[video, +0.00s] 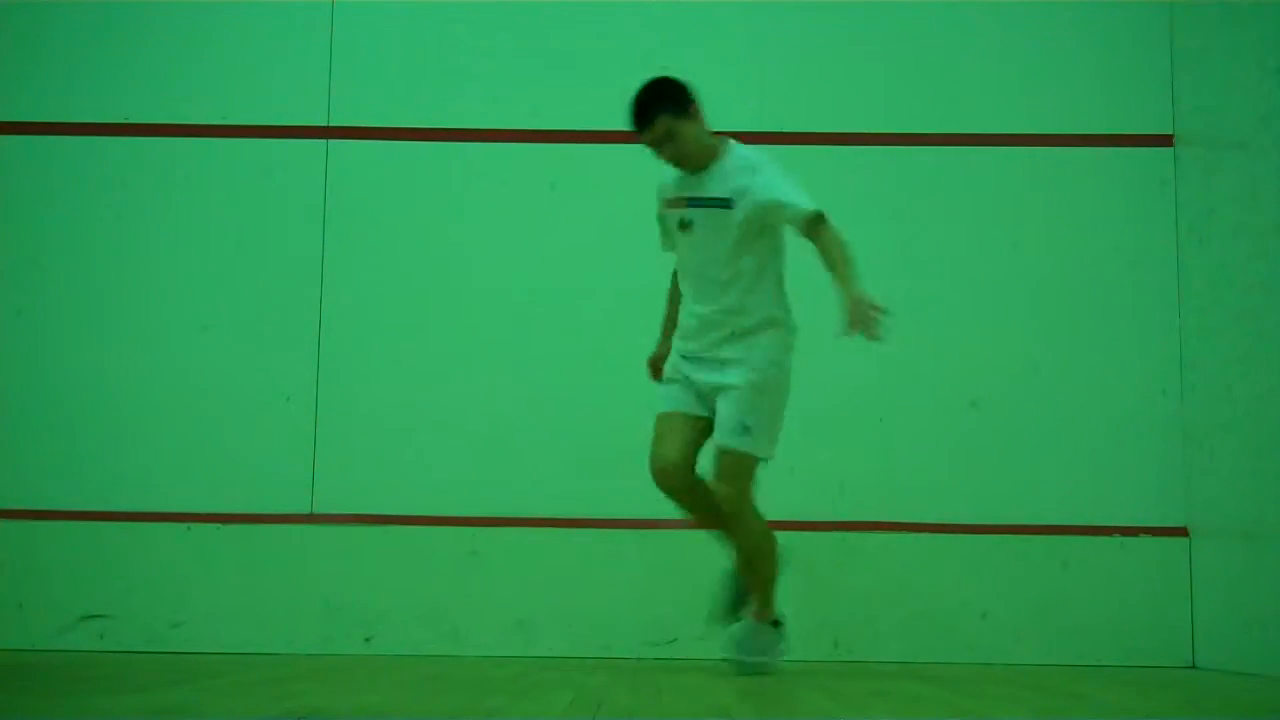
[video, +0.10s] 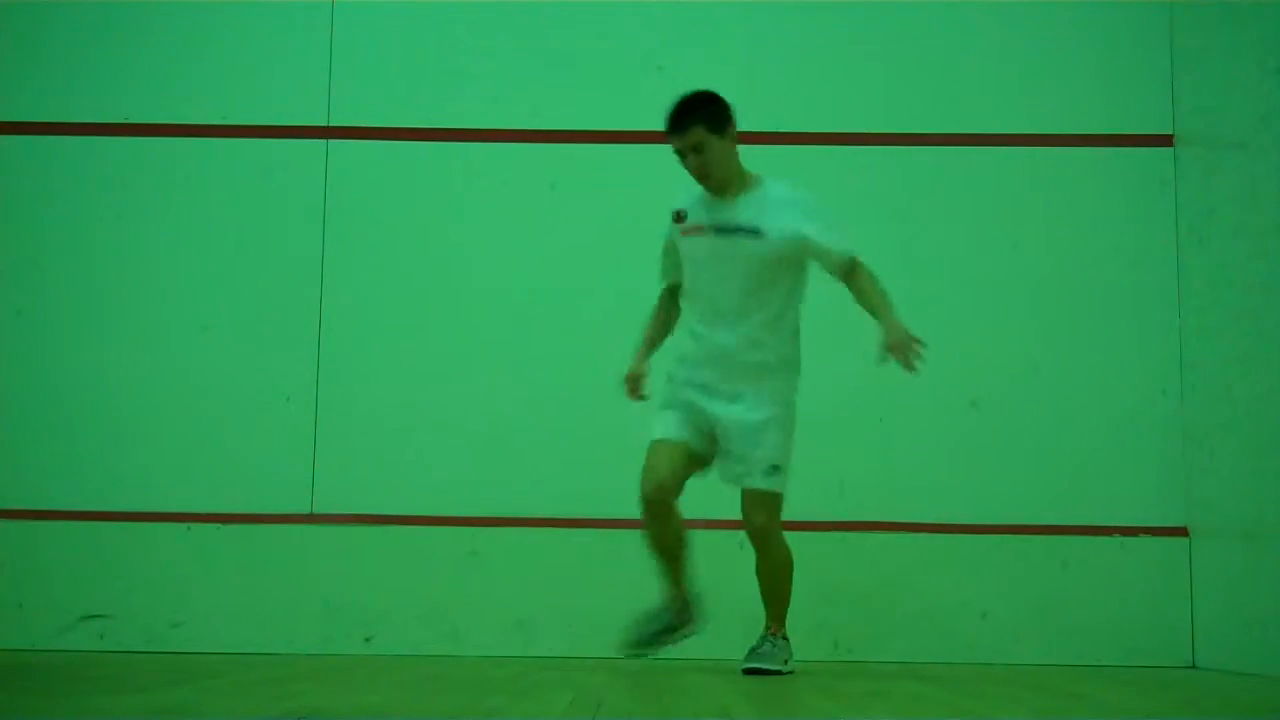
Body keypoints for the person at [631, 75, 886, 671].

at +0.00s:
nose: (665, 157)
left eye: (668, 141)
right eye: (656, 148)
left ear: (693, 118)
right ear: (656, 142)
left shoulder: (754, 174)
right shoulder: (674, 187)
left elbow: (819, 228)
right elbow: (681, 273)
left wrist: (850, 292)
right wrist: (666, 342)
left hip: (756, 352)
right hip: (694, 351)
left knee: (730, 489)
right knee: (668, 469)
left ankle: (764, 615)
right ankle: (748, 551)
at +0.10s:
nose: (691, 166)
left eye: (698, 150)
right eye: (682, 156)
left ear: (731, 138)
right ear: (678, 157)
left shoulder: (783, 210)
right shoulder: (687, 220)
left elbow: (850, 268)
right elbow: (670, 298)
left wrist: (891, 323)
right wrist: (642, 354)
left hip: (762, 393)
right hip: (694, 385)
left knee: (761, 521)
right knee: (655, 489)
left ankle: (775, 636)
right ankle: (679, 604)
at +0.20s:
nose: (700, 163)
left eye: (707, 148)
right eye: (691, 152)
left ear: (739, 138)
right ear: (686, 151)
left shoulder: (797, 209)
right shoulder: (686, 211)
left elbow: (868, 250)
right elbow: (630, 267)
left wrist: (918, 278)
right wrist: (583, 322)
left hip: (763, 391)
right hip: (695, 381)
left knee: (761, 518)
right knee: (621, 441)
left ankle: (776, 636)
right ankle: (634, 585)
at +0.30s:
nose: (689, 139)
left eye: (697, 125)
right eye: (681, 128)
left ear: (730, 111)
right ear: (677, 125)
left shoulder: (792, 170)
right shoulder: (672, 179)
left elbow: (871, 176)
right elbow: (594, 200)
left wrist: (927, 169)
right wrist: (529, 234)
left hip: (759, 357)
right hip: (692, 342)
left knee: (765, 491)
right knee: (598, 376)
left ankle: (769, 624)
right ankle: (628, 513)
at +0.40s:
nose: (683, 131)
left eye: (692, 117)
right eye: (674, 120)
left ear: (724, 104)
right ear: (668, 117)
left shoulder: (784, 152)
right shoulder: (658, 160)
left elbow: (861, 125)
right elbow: (578, 166)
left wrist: (917, 86)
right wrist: (489, 184)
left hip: (761, 335)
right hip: (688, 329)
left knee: (756, 436)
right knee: (605, 374)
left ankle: (730, 550)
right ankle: (642, 518)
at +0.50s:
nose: (679, 147)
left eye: (688, 133)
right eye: (671, 136)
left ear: (721, 118)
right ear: (667, 130)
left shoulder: (778, 161)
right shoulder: (653, 173)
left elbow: (852, 115)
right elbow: (567, 184)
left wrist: (897, 52)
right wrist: (474, 203)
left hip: (748, 345)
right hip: (674, 341)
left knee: (742, 448)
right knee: (639, 431)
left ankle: (663, 566)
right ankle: (662, 599)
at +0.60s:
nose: (672, 180)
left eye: (679, 166)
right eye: (663, 170)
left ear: (713, 152)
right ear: (657, 164)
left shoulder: (768, 199)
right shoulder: (647, 214)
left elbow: (840, 136)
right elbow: (565, 233)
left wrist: (874, 65)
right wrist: (478, 259)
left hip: (736, 392)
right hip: (666, 386)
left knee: (744, 500)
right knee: (674, 488)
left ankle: (637, 577)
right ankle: (682, 638)